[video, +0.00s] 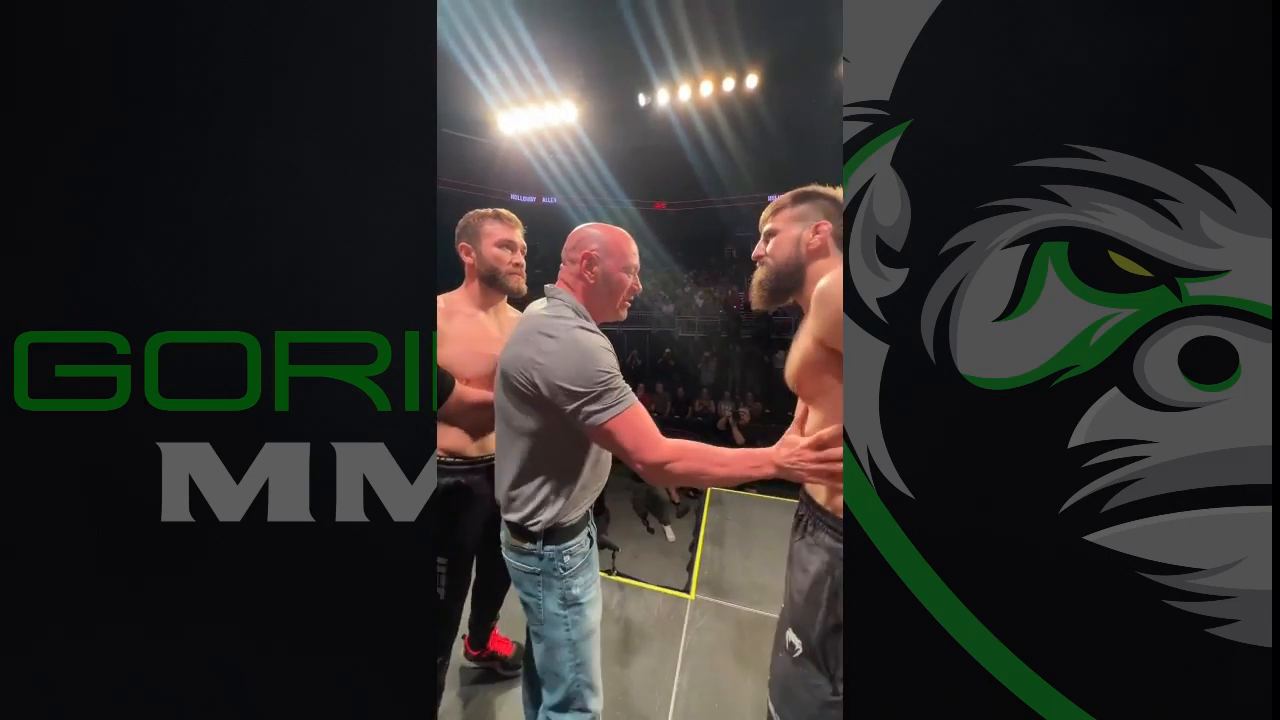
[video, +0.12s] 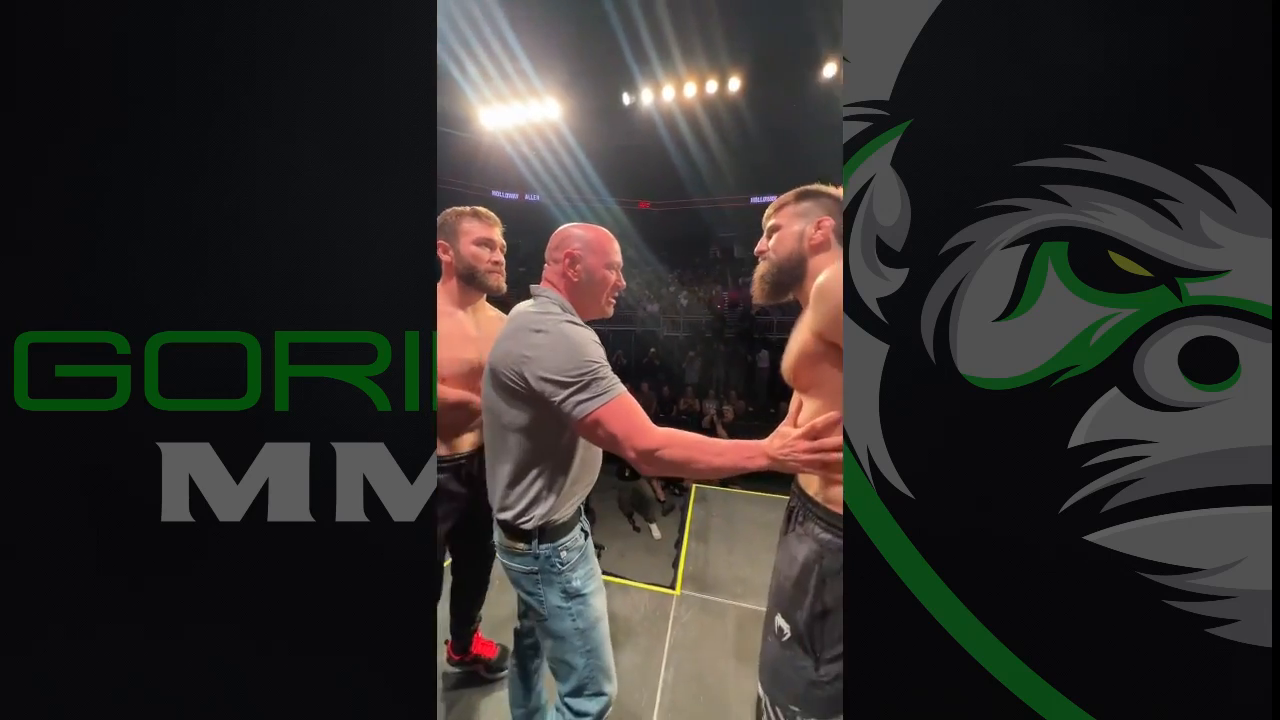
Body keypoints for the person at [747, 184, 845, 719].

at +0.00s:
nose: (756, 251)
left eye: (770, 234)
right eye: (760, 238)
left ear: (819, 236)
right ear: (818, 240)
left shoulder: (836, 292)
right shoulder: (822, 301)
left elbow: (889, 385)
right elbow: (808, 420)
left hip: (835, 537)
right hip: (818, 529)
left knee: (804, 692)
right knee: (804, 688)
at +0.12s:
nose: (759, 246)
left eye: (773, 230)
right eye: (763, 234)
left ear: (820, 231)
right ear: (820, 236)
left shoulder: (834, 286)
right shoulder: (822, 292)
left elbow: (890, 378)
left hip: (831, 533)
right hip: (813, 523)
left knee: (802, 697)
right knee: (790, 690)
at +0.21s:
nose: (762, 242)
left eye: (777, 227)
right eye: (766, 230)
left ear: (824, 228)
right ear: (823, 233)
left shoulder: (836, 288)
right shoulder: (822, 293)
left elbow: (884, 388)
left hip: (829, 531)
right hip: (808, 520)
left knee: (800, 697)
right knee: (780, 687)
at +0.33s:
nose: (766, 237)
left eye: (780, 221)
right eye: (770, 223)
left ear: (830, 224)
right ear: (829, 226)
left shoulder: (839, 293)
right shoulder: (825, 293)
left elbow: (867, 463)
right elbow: (836, 448)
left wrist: (826, 620)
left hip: (817, 537)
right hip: (800, 522)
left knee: (791, 693)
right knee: (782, 674)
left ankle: (779, 711)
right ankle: (773, 708)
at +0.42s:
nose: (768, 235)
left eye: (783, 218)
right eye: (773, 220)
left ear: (834, 223)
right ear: (830, 225)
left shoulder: (841, 294)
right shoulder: (828, 295)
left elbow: (847, 470)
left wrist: (755, 598)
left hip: (825, 551)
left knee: (810, 697)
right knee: (791, 673)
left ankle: (773, 713)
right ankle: (770, 710)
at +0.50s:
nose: (764, 236)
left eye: (778, 218)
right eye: (767, 220)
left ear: (831, 221)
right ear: (827, 224)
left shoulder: (835, 303)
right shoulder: (827, 303)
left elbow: (822, 485)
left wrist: (699, 567)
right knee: (764, 622)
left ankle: (753, 712)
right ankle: (751, 707)